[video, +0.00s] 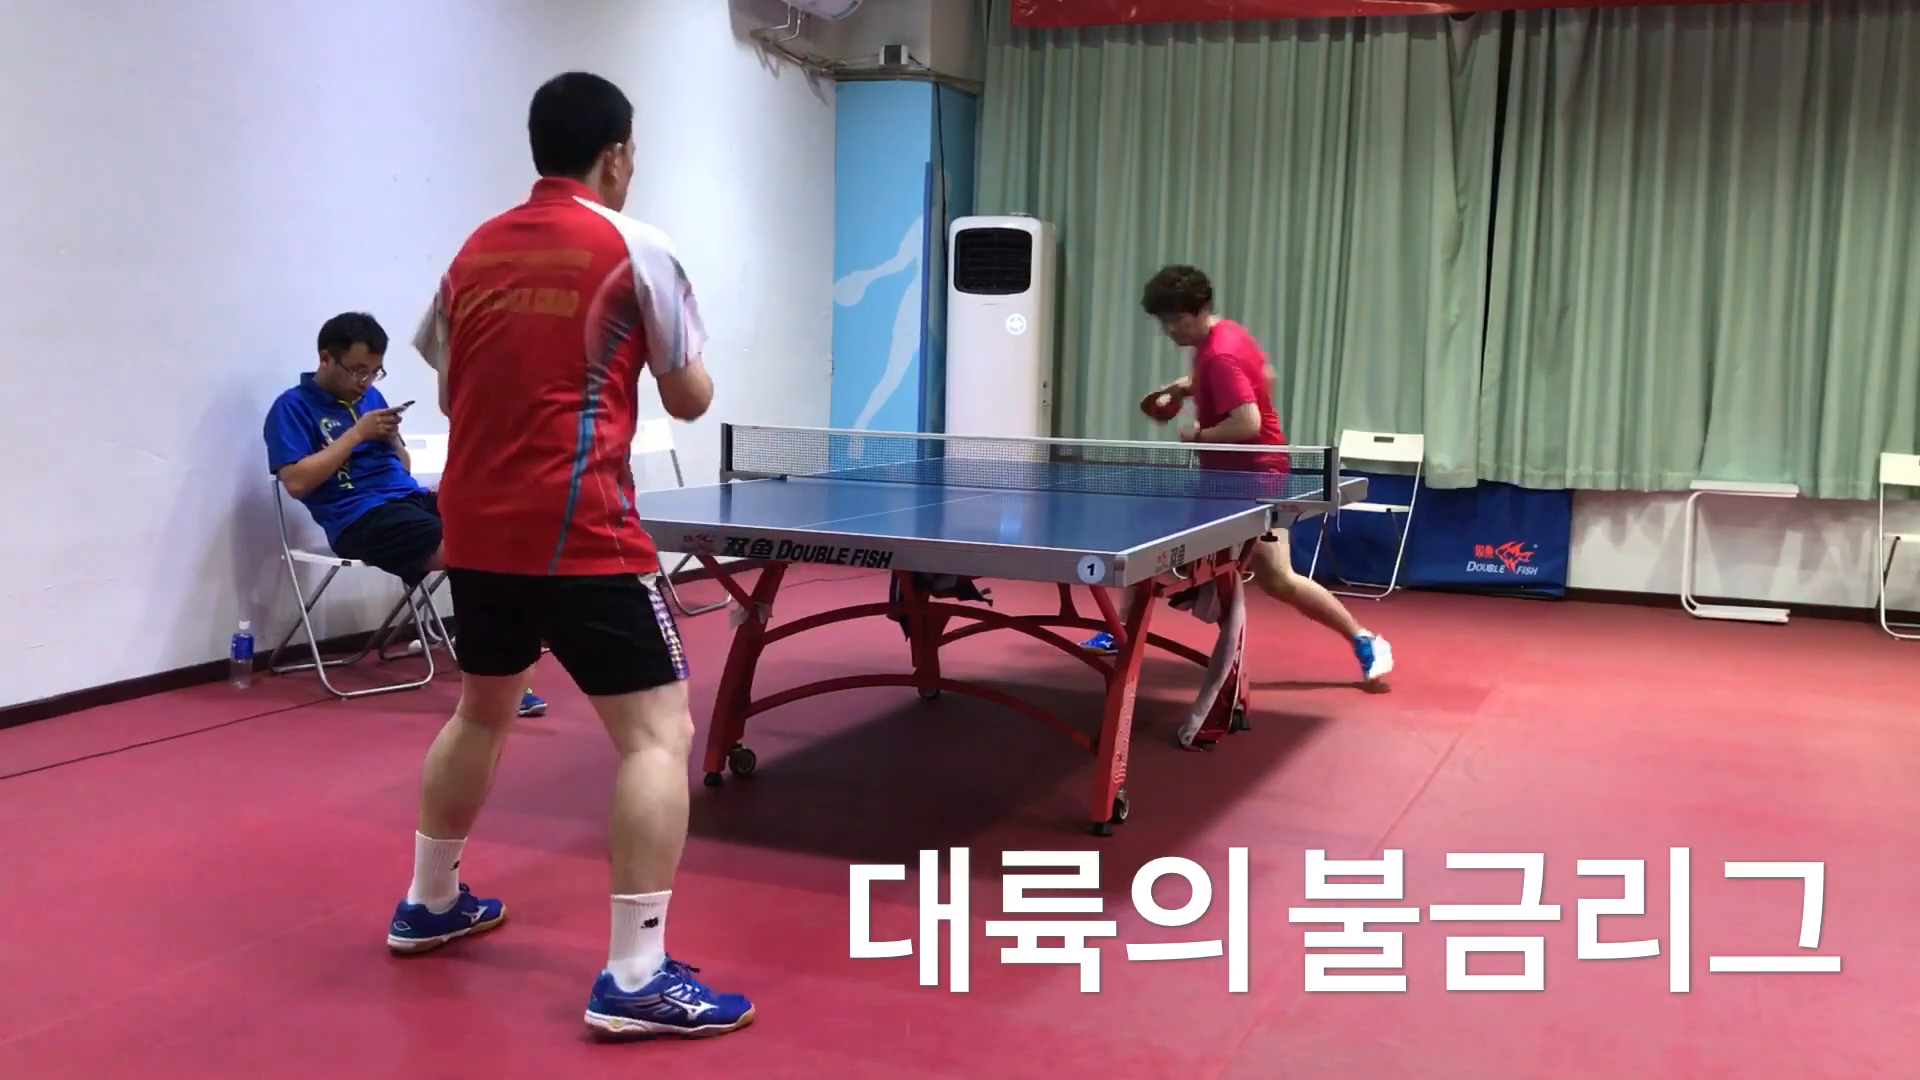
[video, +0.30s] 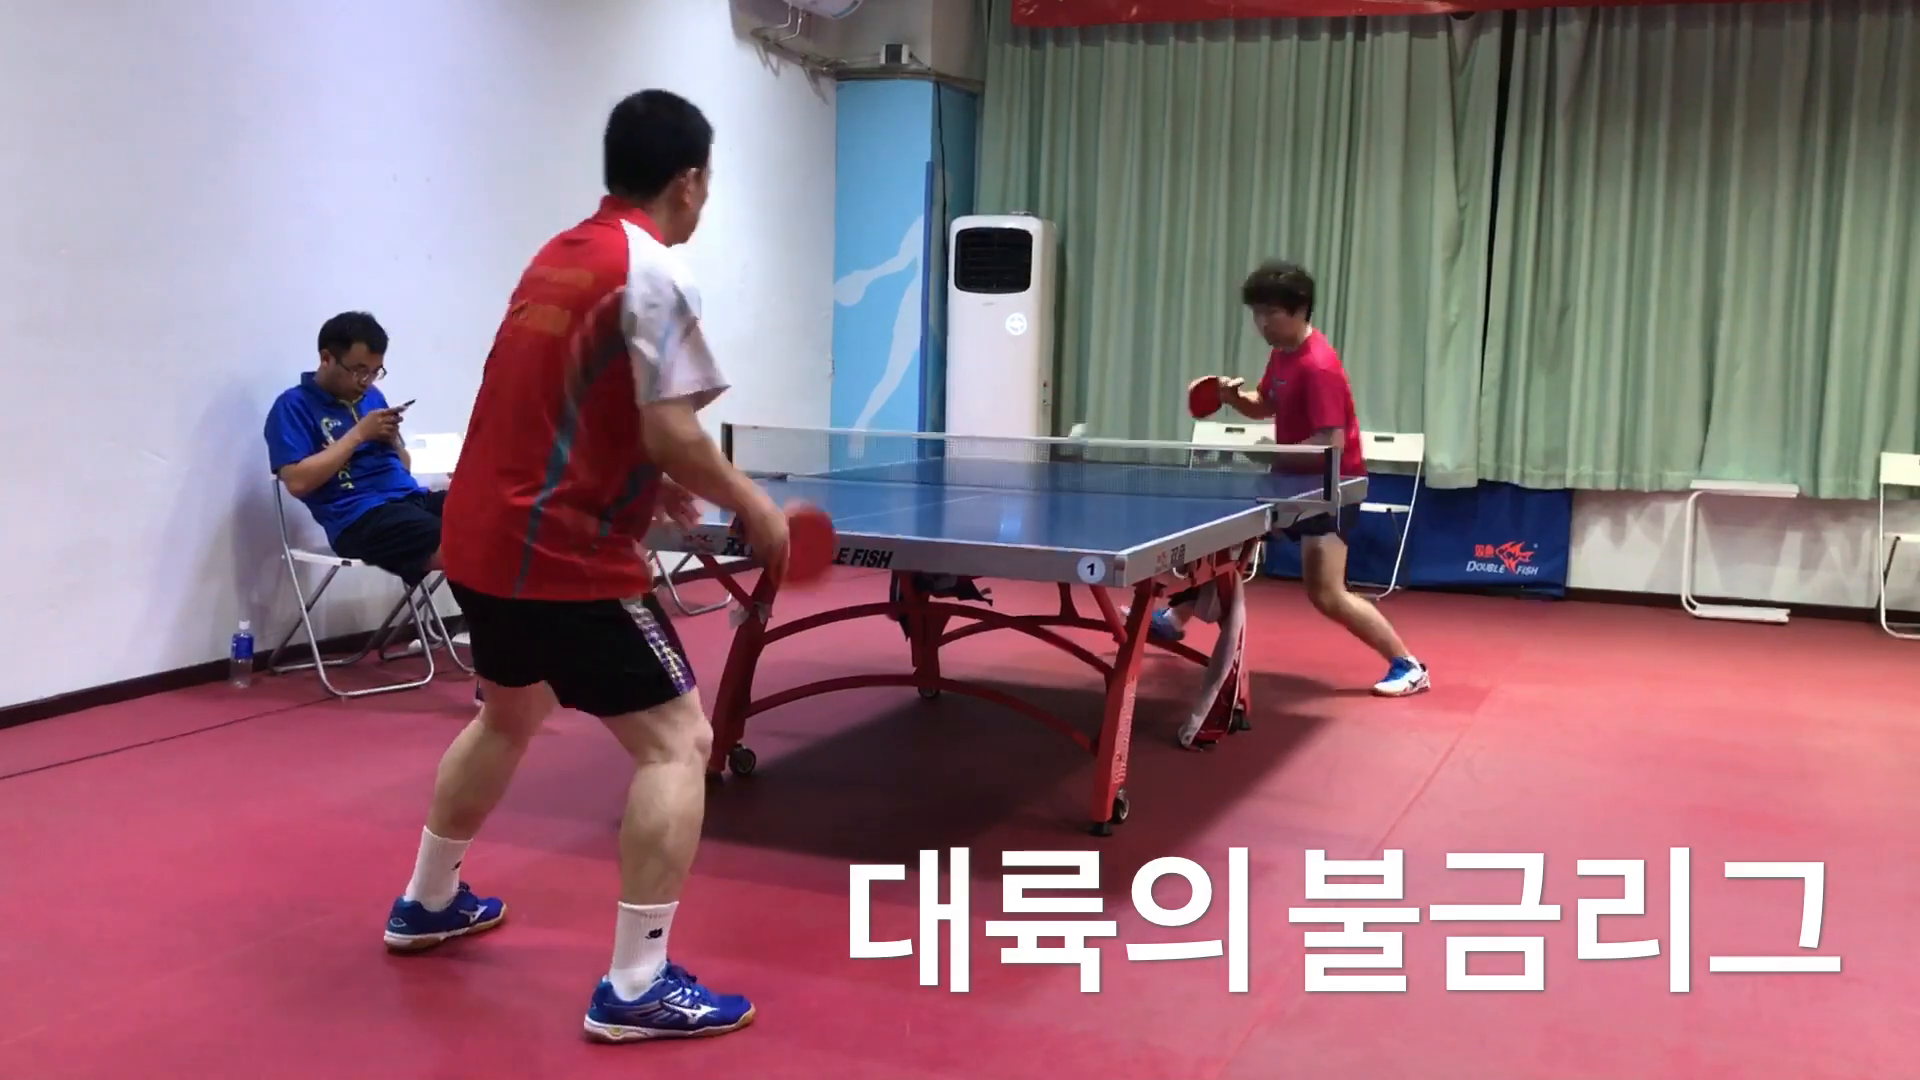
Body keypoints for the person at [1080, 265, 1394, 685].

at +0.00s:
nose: (1168, 331)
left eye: (1171, 321)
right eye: (1164, 323)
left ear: (1197, 312)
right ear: (1198, 310)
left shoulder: (1220, 353)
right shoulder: (1227, 333)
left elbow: (1248, 423)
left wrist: (1201, 435)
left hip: (1248, 476)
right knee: (1278, 578)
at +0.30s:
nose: (1260, 323)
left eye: (1267, 313)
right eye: (1256, 314)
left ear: (1294, 310)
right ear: (1263, 313)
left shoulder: (1319, 365)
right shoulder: (1284, 351)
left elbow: (1331, 443)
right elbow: (1262, 407)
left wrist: (1269, 449)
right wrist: (1232, 395)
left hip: (1329, 484)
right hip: (1288, 476)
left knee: (1326, 592)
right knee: (1224, 539)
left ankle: (1407, 665)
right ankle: (1174, 619)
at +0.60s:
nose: (1242, 326)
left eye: (1253, 316)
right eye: (1236, 316)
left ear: (1279, 319)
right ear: (1230, 319)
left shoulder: (1313, 370)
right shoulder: (1232, 367)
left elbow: (1345, 436)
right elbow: (1210, 439)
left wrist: (1281, 451)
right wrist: (1210, 417)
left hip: (1323, 484)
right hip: (1269, 481)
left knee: (1331, 582)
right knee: (1205, 544)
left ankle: (1407, 663)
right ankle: (1171, 630)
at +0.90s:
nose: (1176, 326)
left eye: (1185, 316)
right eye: (1170, 317)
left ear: (1212, 316)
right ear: (1167, 319)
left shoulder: (1238, 358)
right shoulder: (1202, 357)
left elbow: (1268, 426)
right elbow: (1214, 406)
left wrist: (1213, 435)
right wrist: (1163, 422)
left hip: (1295, 472)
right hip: (1250, 471)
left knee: (1299, 573)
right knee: (1191, 541)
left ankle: (1369, 655)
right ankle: (1169, 631)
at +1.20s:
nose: (1185, 335)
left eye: (1192, 326)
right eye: (1182, 326)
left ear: (1222, 324)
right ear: (1184, 326)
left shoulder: (1266, 364)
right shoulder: (1193, 365)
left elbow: (1301, 435)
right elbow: (1143, 399)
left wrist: (1237, 437)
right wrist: (1122, 367)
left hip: (1297, 480)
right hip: (1242, 479)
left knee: (1306, 573)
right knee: (1181, 546)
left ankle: (1365, 659)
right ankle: (1166, 632)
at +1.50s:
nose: (1195, 322)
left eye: (1205, 311)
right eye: (1189, 312)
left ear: (1232, 314)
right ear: (1184, 315)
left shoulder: (1269, 361)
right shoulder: (1179, 365)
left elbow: (1300, 426)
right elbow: (1135, 424)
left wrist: (1241, 436)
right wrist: (1129, 402)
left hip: (1277, 479)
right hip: (1216, 480)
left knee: (1304, 562)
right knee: (1150, 543)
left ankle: (1353, 655)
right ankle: (1132, 635)